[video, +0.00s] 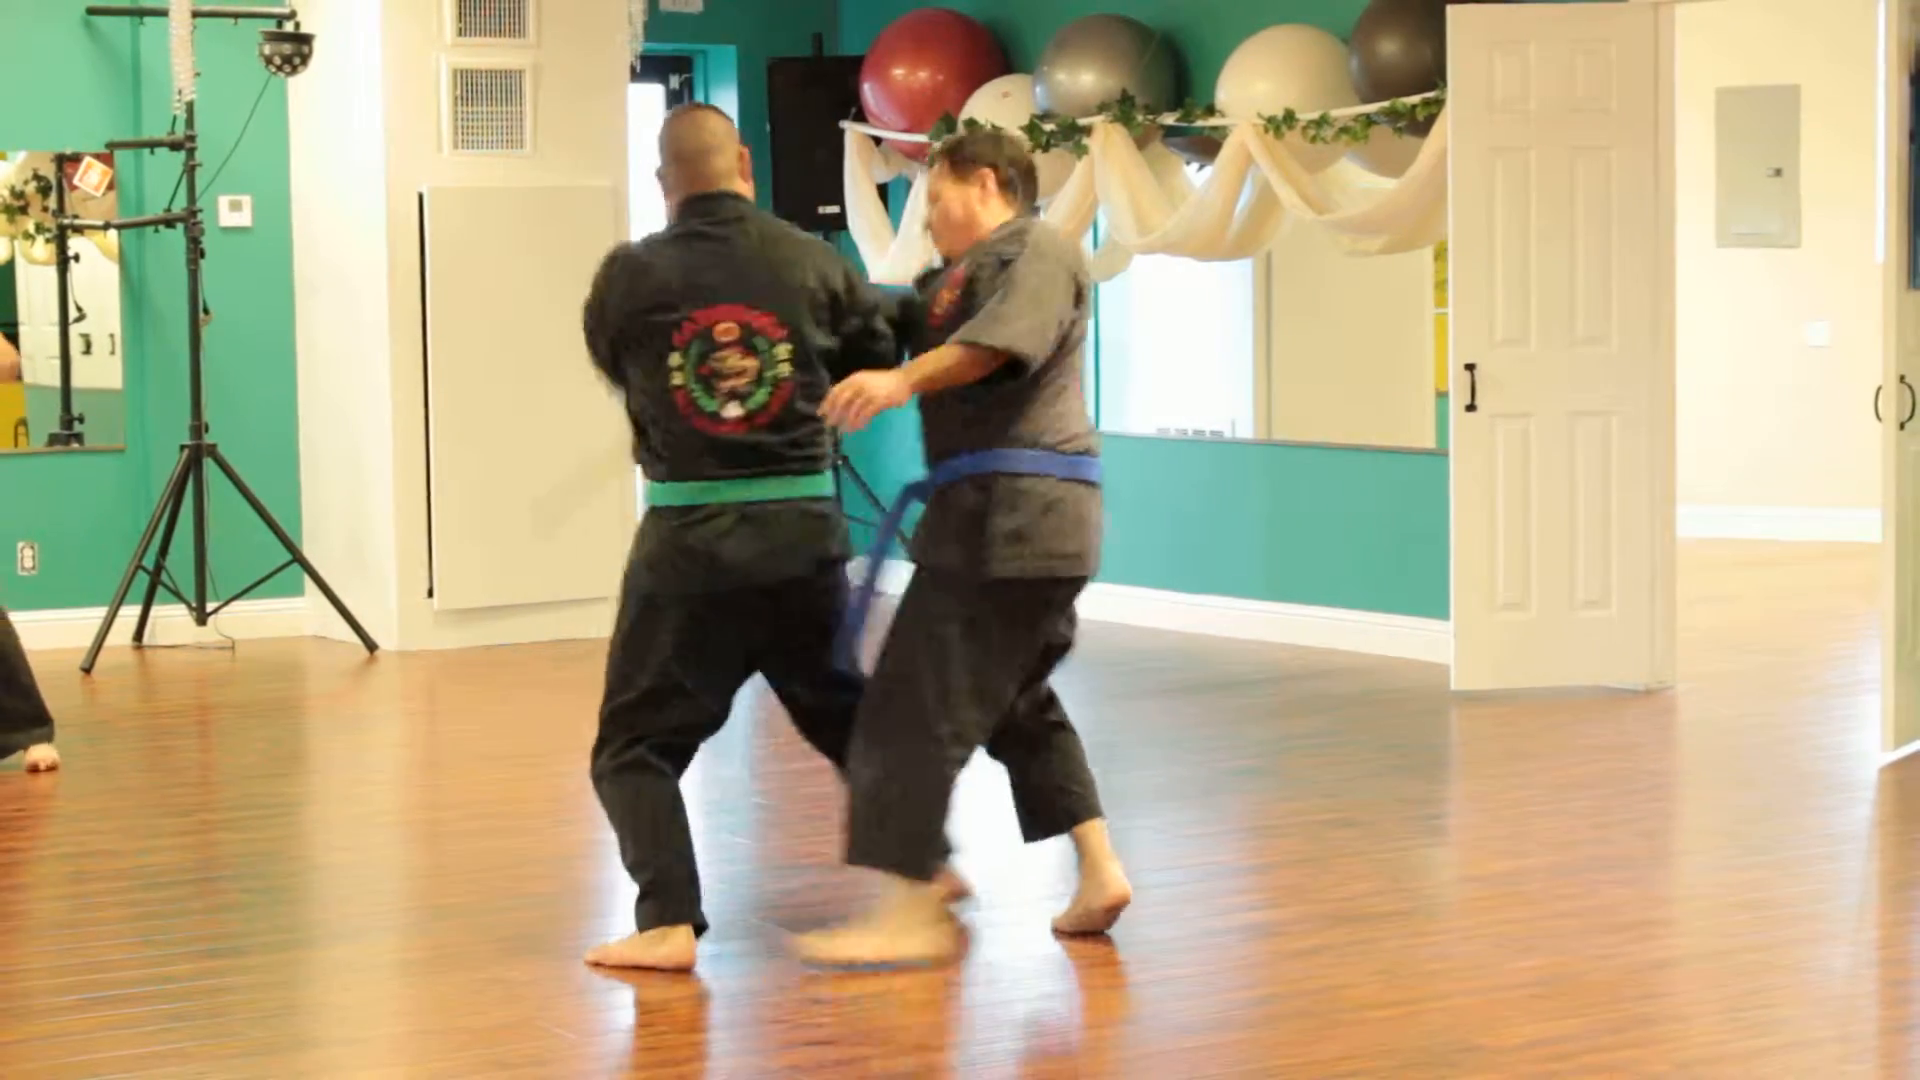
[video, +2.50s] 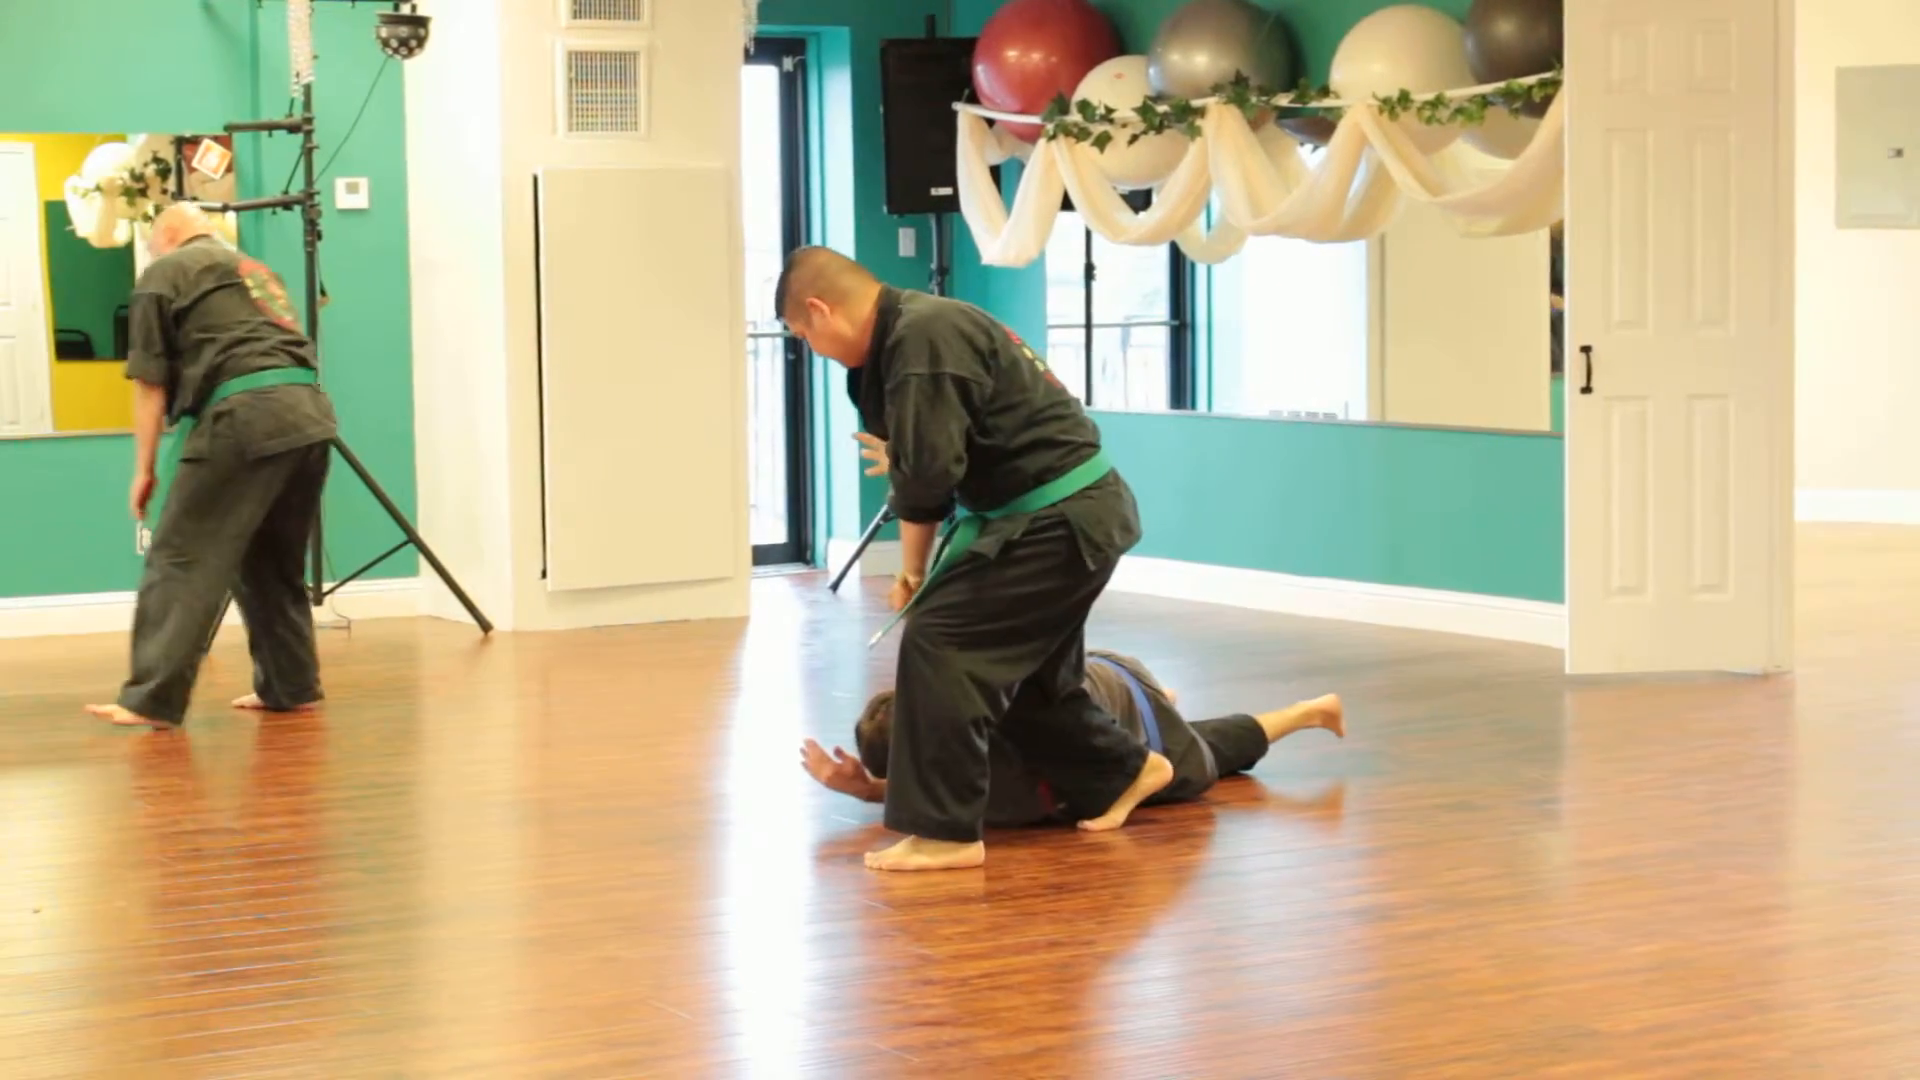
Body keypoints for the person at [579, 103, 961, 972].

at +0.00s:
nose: (746, 167)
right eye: (743, 158)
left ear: (663, 181)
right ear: (742, 168)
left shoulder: (627, 275)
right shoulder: (810, 260)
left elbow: (614, 361)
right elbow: (879, 342)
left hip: (686, 545)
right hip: (800, 539)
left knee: (634, 744)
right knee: (838, 704)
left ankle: (668, 924)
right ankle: (930, 865)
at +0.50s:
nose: (713, 404)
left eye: (709, 395)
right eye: (712, 396)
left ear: (717, 390)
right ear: (789, 370)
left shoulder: (721, 446)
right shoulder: (870, 406)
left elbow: (749, 609)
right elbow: (937, 497)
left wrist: (820, 642)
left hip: (878, 587)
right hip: (987, 564)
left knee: (736, 743)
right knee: (987, 717)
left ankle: (809, 935)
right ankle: (999, 899)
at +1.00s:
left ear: (863, 366)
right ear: (935, 359)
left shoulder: (836, 420)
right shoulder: (990, 408)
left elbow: (835, 561)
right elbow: (1013, 511)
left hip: (914, 566)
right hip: (1033, 558)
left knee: (806, 728)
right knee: (1027, 710)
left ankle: (824, 914)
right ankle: (1030, 890)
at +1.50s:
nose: (1079, 298)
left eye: (1077, 289)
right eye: (1078, 288)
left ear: (999, 279)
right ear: (1067, 284)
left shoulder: (949, 336)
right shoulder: (1045, 320)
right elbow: (1132, 391)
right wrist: (1170, 491)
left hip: (862, 532)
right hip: (956, 534)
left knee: (886, 653)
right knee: (1074, 688)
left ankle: (841, 832)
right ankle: (1085, 871)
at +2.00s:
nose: (815, 356)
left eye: (806, 340)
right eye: (806, 343)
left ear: (820, 322)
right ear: (865, 298)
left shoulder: (897, 364)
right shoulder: (931, 331)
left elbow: (911, 497)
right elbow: (972, 448)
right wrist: (929, 537)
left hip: (1052, 542)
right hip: (1093, 524)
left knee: (919, 645)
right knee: (1034, 670)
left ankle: (938, 831)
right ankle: (1127, 775)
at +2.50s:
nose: (815, 352)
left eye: (804, 336)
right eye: (804, 340)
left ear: (822, 309)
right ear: (844, 294)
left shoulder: (923, 337)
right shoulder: (910, 338)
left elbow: (924, 477)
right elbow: (917, 476)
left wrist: (912, 574)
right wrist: (915, 571)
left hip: (1063, 513)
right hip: (1068, 510)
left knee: (936, 636)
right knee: (1025, 678)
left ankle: (944, 830)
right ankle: (1126, 767)